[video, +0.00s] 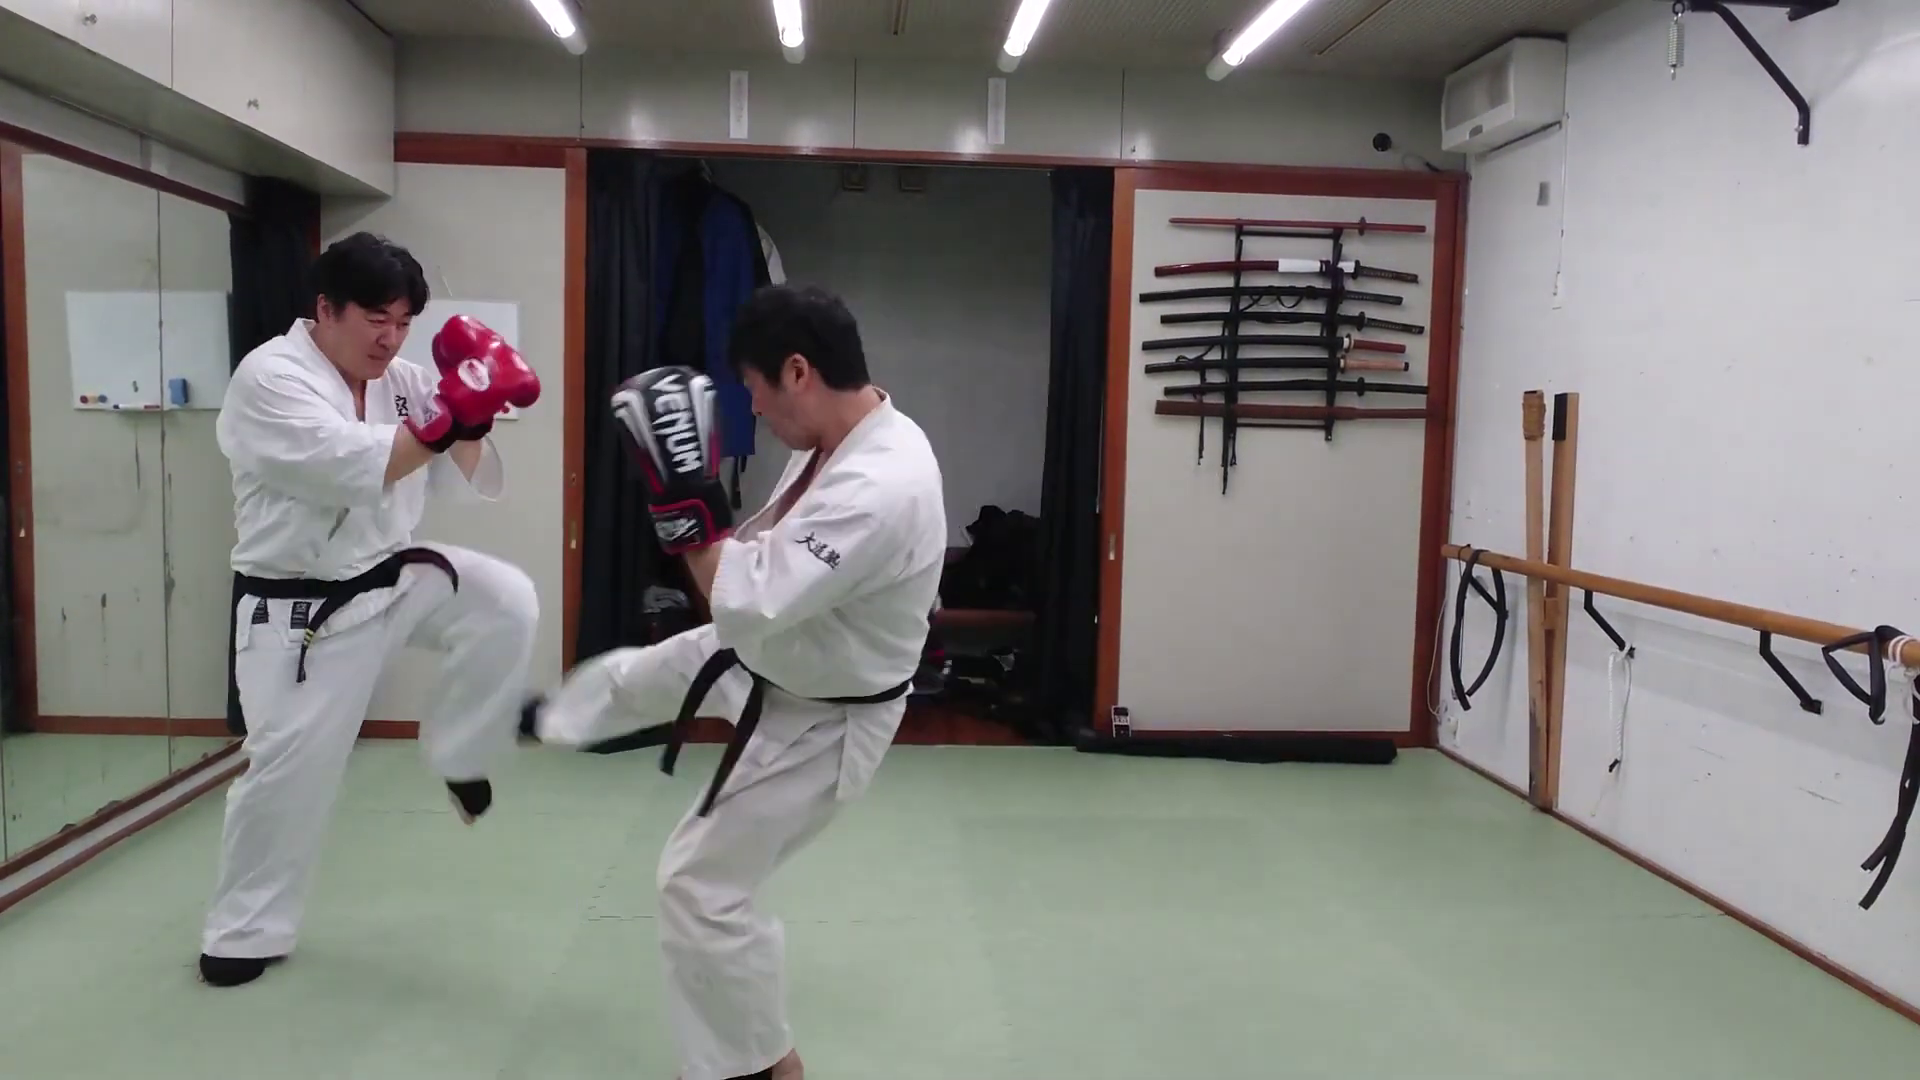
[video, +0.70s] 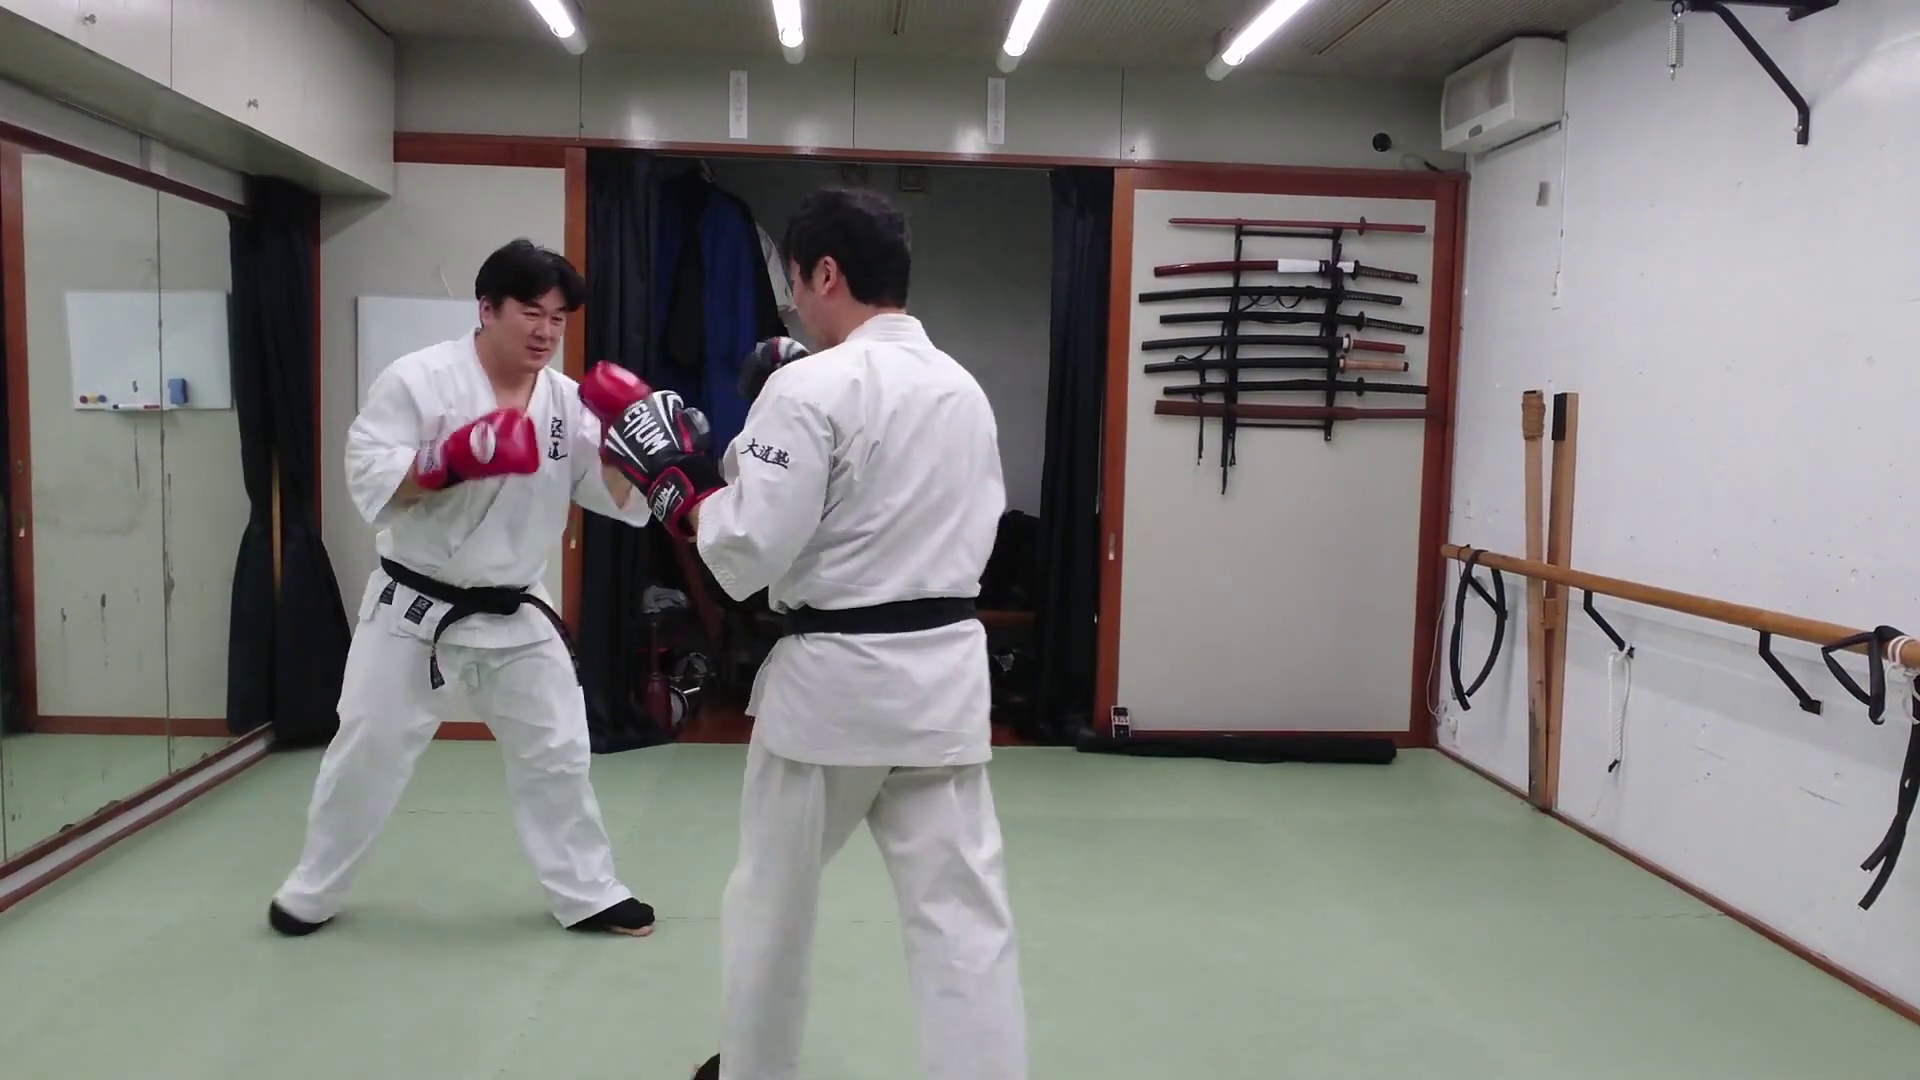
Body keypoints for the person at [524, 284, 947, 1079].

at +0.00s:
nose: (754, 407)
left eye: (755, 387)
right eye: (749, 389)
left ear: (800, 373)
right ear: (812, 370)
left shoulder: (876, 488)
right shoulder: (837, 442)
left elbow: (737, 601)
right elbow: (759, 543)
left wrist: (682, 492)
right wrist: (701, 530)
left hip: (829, 715)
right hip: (776, 659)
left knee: (698, 882)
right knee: (647, 674)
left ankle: (772, 1064)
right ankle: (557, 719)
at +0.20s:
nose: (749, 331)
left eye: (752, 310)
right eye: (746, 312)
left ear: (797, 302)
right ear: (827, 302)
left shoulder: (828, 423)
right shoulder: (884, 396)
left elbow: (751, 588)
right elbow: (762, 501)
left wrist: (667, 516)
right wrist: (689, 492)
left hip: (788, 680)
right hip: (806, 650)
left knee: (706, 882)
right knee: (661, 626)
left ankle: (757, 1062)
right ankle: (624, 719)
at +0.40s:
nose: (756, 289)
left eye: (760, 271)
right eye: (754, 271)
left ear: (799, 271)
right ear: (843, 272)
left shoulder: (793, 389)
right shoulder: (887, 372)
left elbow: (774, 554)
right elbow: (846, 477)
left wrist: (664, 512)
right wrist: (749, 400)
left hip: (776, 667)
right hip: (858, 654)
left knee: (734, 868)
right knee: (820, 790)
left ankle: (753, 1062)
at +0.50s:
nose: (763, 286)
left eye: (766, 268)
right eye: (761, 270)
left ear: (803, 269)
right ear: (858, 271)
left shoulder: (796, 389)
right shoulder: (911, 380)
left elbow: (759, 553)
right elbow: (860, 462)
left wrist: (665, 511)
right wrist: (759, 379)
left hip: (781, 667)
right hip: (881, 661)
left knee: (751, 872)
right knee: (881, 842)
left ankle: (751, 1064)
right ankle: (941, 1028)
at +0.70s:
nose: (793, 297)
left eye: (794, 279)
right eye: (790, 281)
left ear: (828, 276)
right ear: (893, 279)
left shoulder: (811, 390)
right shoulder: (963, 390)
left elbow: (747, 550)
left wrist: (691, 486)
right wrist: (810, 391)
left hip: (832, 681)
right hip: (949, 678)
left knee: (771, 896)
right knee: (963, 920)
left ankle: (754, 1068)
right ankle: (988, 1074)